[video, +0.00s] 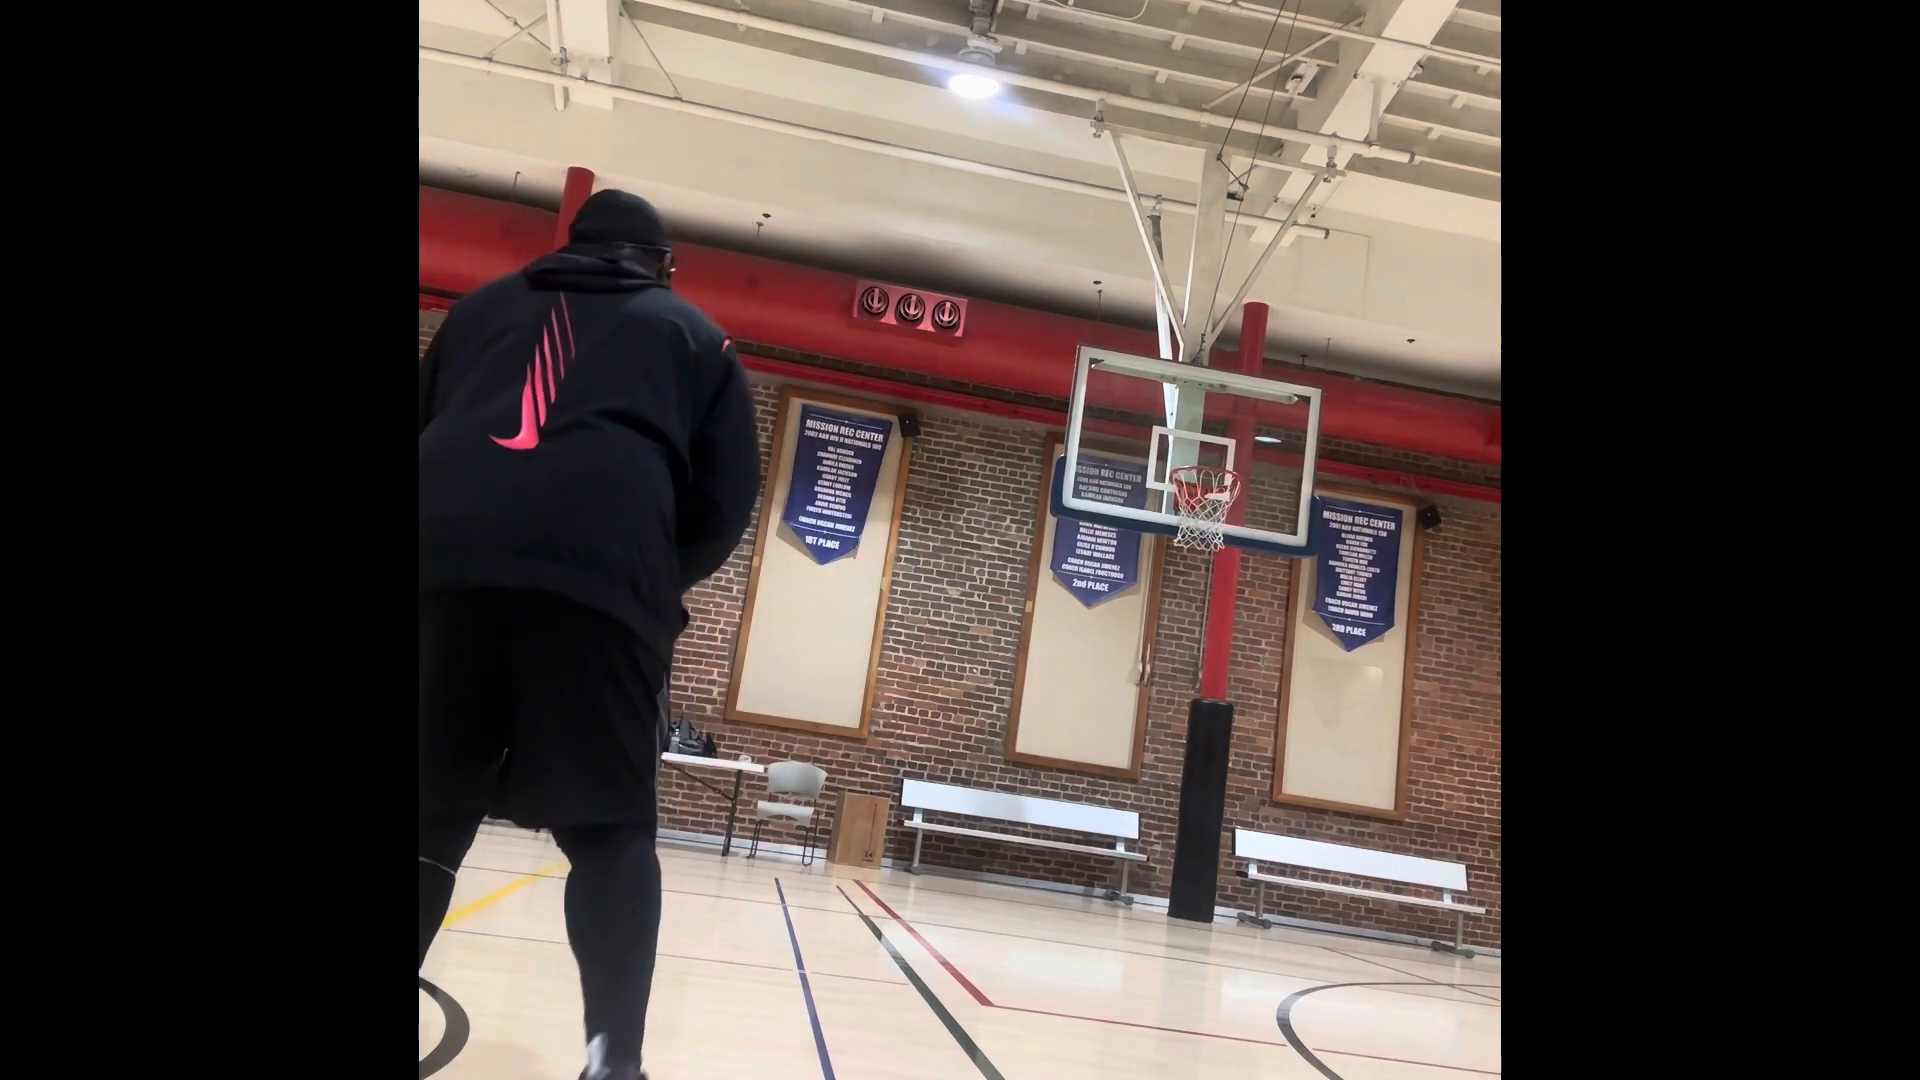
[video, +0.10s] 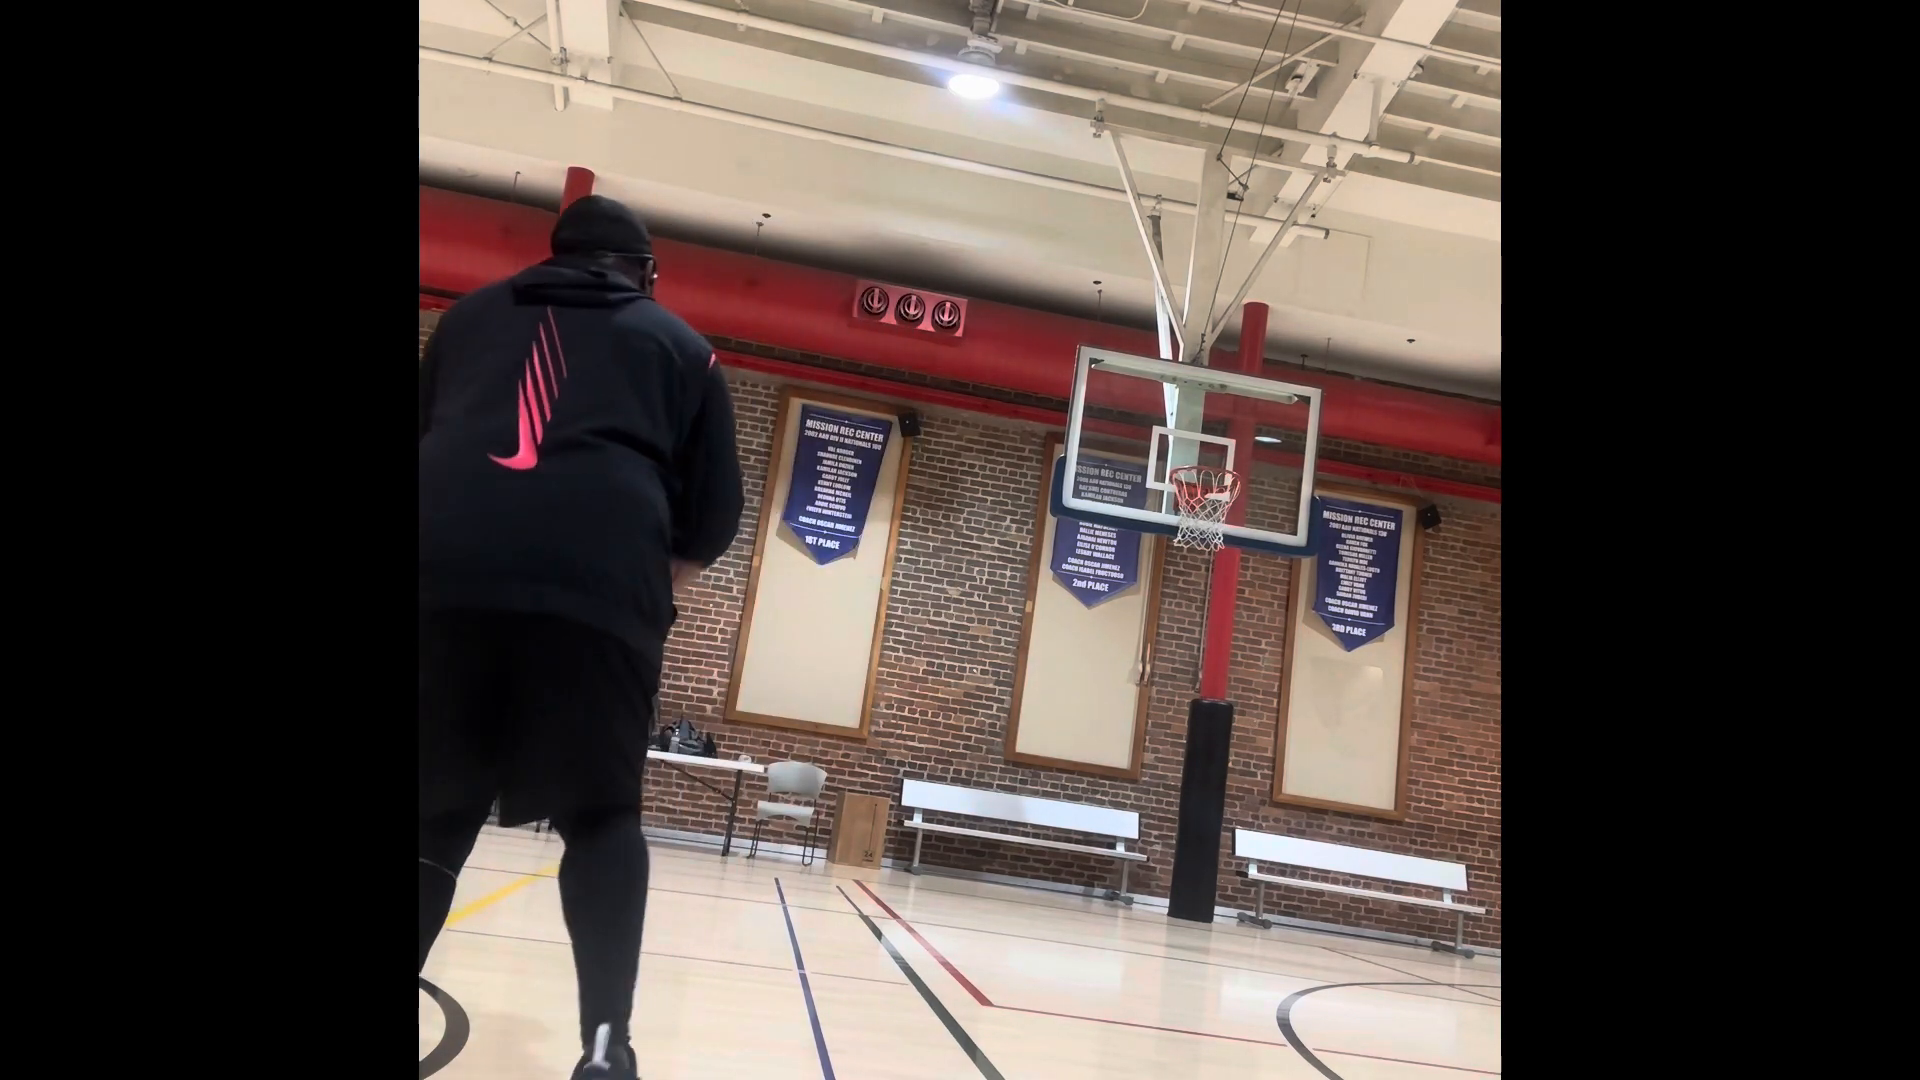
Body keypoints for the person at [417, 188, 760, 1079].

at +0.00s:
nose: (669, 277)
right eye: (670, 266)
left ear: (570, 243)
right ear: (659, 263)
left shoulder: (478, 308)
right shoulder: (696, 337)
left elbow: (425, 425)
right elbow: (728, 497)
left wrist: (454, 523)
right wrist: (653, 567)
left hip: (443, 571)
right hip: (601, 586)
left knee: (429, 819)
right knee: (611, 831)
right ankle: (614, 1057)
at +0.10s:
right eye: (647, 268)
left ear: (555, 253)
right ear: (642, 270)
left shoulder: (466, 316)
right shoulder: (681, 348)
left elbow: (424, 432)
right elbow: (712, 518)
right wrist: (637, 544)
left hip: (445, 585)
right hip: (598, 601)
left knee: (435, 816)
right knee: (603, 813)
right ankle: (605, 1038)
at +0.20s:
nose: (636, 287)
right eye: (636, 276)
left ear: (545, 265)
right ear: (631, 277)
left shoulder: (466, 325)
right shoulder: (674, 365)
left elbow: (447, 408)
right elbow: (717, 522)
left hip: (446, 603)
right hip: (596, 618)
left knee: (439, 828)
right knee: (588, 822)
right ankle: (599, 1052)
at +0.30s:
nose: (641, 290)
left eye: (636, 280)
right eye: (638, 280)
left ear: (544, 274)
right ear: (628, 284)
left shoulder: (473, 335)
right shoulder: (665, 370)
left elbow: (471, 365)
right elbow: (746, 479)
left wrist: (583, 312)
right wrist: (716, 366)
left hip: (457, 628)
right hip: (597, 641)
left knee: (444, 834)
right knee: (581, 832)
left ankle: (415, 1018)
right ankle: (594, 1047)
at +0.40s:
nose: (640, 288)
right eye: (642, 277)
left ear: (546, 279)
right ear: (638, 284)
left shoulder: (490, 340)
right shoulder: (680, 377)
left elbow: (500, 302)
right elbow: (778, 411)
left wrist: (573, 258)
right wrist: (729, 309)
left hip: (472, 640)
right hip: (614, 658)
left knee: (442, 855)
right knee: (581, 845)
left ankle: (419, 1018)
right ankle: (587, 1050)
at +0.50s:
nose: (660, 267)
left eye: (651, 249)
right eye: (654, 253)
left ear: (554, 264)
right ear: (646, 272)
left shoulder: (506, 333)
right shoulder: (694, 363)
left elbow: (516, 259)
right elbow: (794, 357)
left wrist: (619, 198)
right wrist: (742, 261)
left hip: (491, 637)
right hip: (629, 655)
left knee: (445, 850)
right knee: (586, 851)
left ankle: (417, 1018)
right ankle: (589, 1052)